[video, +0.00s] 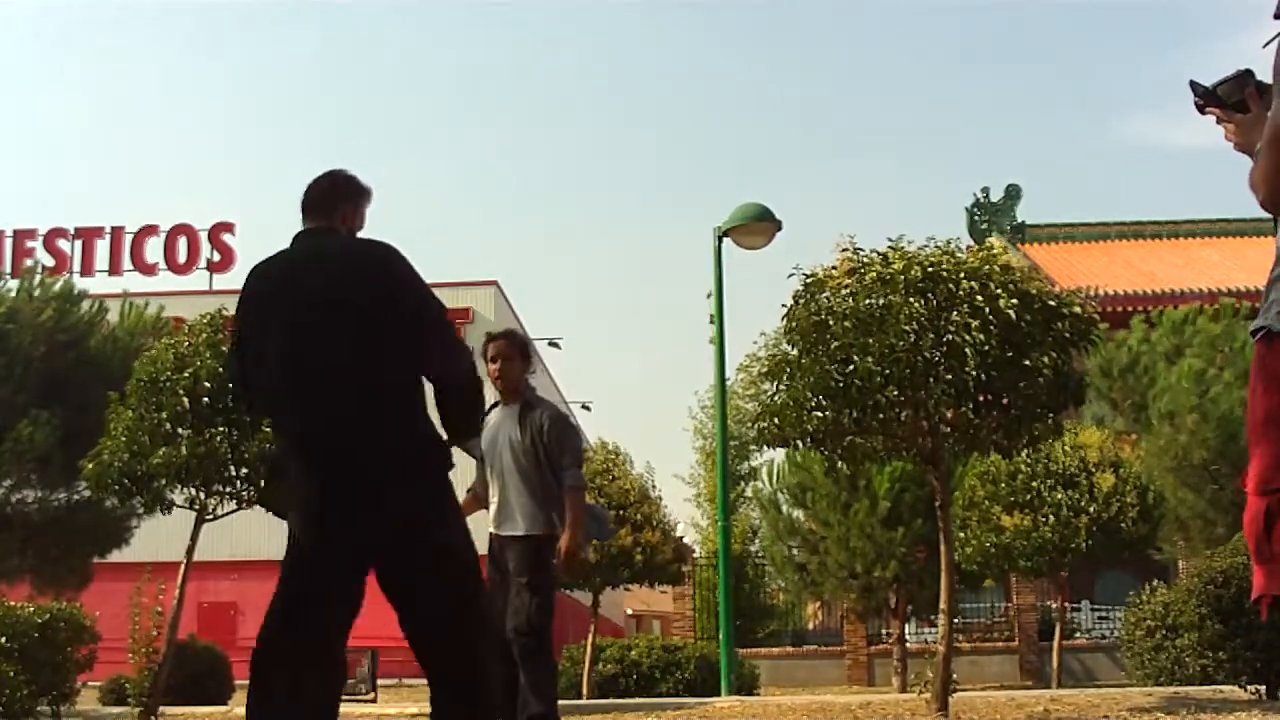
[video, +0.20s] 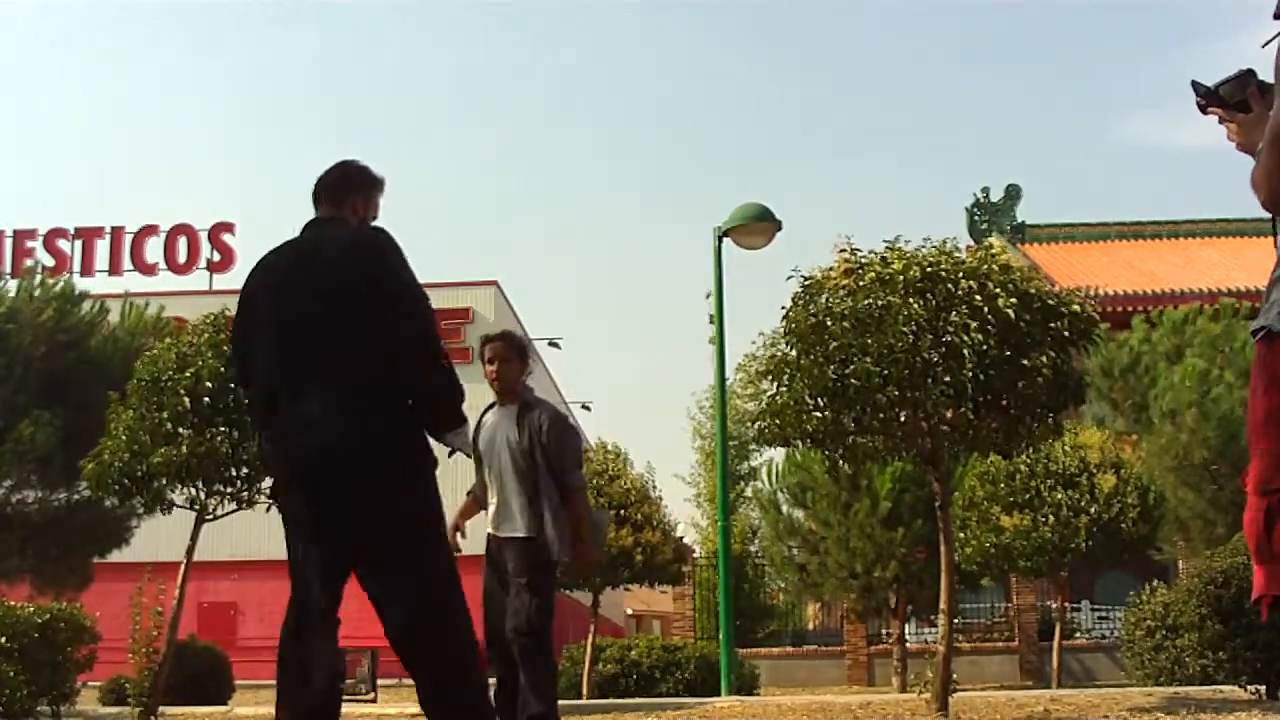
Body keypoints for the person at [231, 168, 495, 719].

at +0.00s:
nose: (362, 228)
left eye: (363, 220)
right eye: (362, 219)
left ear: (304, 213)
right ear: (349, 214)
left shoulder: (263, 279)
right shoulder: (380, 261)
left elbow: (249, 383)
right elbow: (453, 365)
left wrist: (301, 422)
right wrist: (460, 430)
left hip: (319, 486)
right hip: (405, 479)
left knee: (299, 643)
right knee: (459, 639)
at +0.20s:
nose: (375, 218)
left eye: (376, 210)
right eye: (374, 209)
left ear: (318, 202)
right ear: (355, 202)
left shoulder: (267, 269)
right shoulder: (371, 246)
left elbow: (246, 364)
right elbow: (417, 335)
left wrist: (280, 438)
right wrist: (448, 417)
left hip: (301, 463)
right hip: (385, 453)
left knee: (310, 608)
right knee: (425, 600)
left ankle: (303, 713)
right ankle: (462, 709)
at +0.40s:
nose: (407, 211)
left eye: (409, 201)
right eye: (406, 199)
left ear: (354, 190)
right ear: (387, 192)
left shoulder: (300, 260)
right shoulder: (380, 241)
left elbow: (286, 364)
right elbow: (405, 346)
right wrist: (460, 408)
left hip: (308, 453)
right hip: (377, 450)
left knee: (331, 606)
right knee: (399, 606)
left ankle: (306, 712)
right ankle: (418, 713)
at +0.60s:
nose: (444, 212)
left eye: (447, 201)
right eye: (446, 200)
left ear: (394, 184)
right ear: (433, 190)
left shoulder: (345, 241)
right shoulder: (414, 232)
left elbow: (307, 347)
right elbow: (408, 354)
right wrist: (448, 365)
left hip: (325, 447)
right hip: (391, 450)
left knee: (327, 595)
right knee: (407, 603)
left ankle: (307, 712)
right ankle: (419, 713)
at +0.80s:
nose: (437, 195)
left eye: (435, 187)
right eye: (438, 186)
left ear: (385, 178)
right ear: (433, 179)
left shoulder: (333, 237)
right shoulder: (432, 224)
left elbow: (325, 338)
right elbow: (456, 327)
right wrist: (488, 382)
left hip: (328, 434)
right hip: (409, 435)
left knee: (301, 580)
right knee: (432, 587)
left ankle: (262, 710)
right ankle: (437, 710)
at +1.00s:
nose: (389, 187)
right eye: (392, 179)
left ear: (337, 179)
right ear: (392, 178)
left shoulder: (296, 236)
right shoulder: (413, 233)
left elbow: (286, 334)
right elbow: (486, 316)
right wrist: (558, 377)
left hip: (307, 452)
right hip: (403, 451)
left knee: (290, 607)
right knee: (441, 609)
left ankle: (298, 716)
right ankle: (447, 713)